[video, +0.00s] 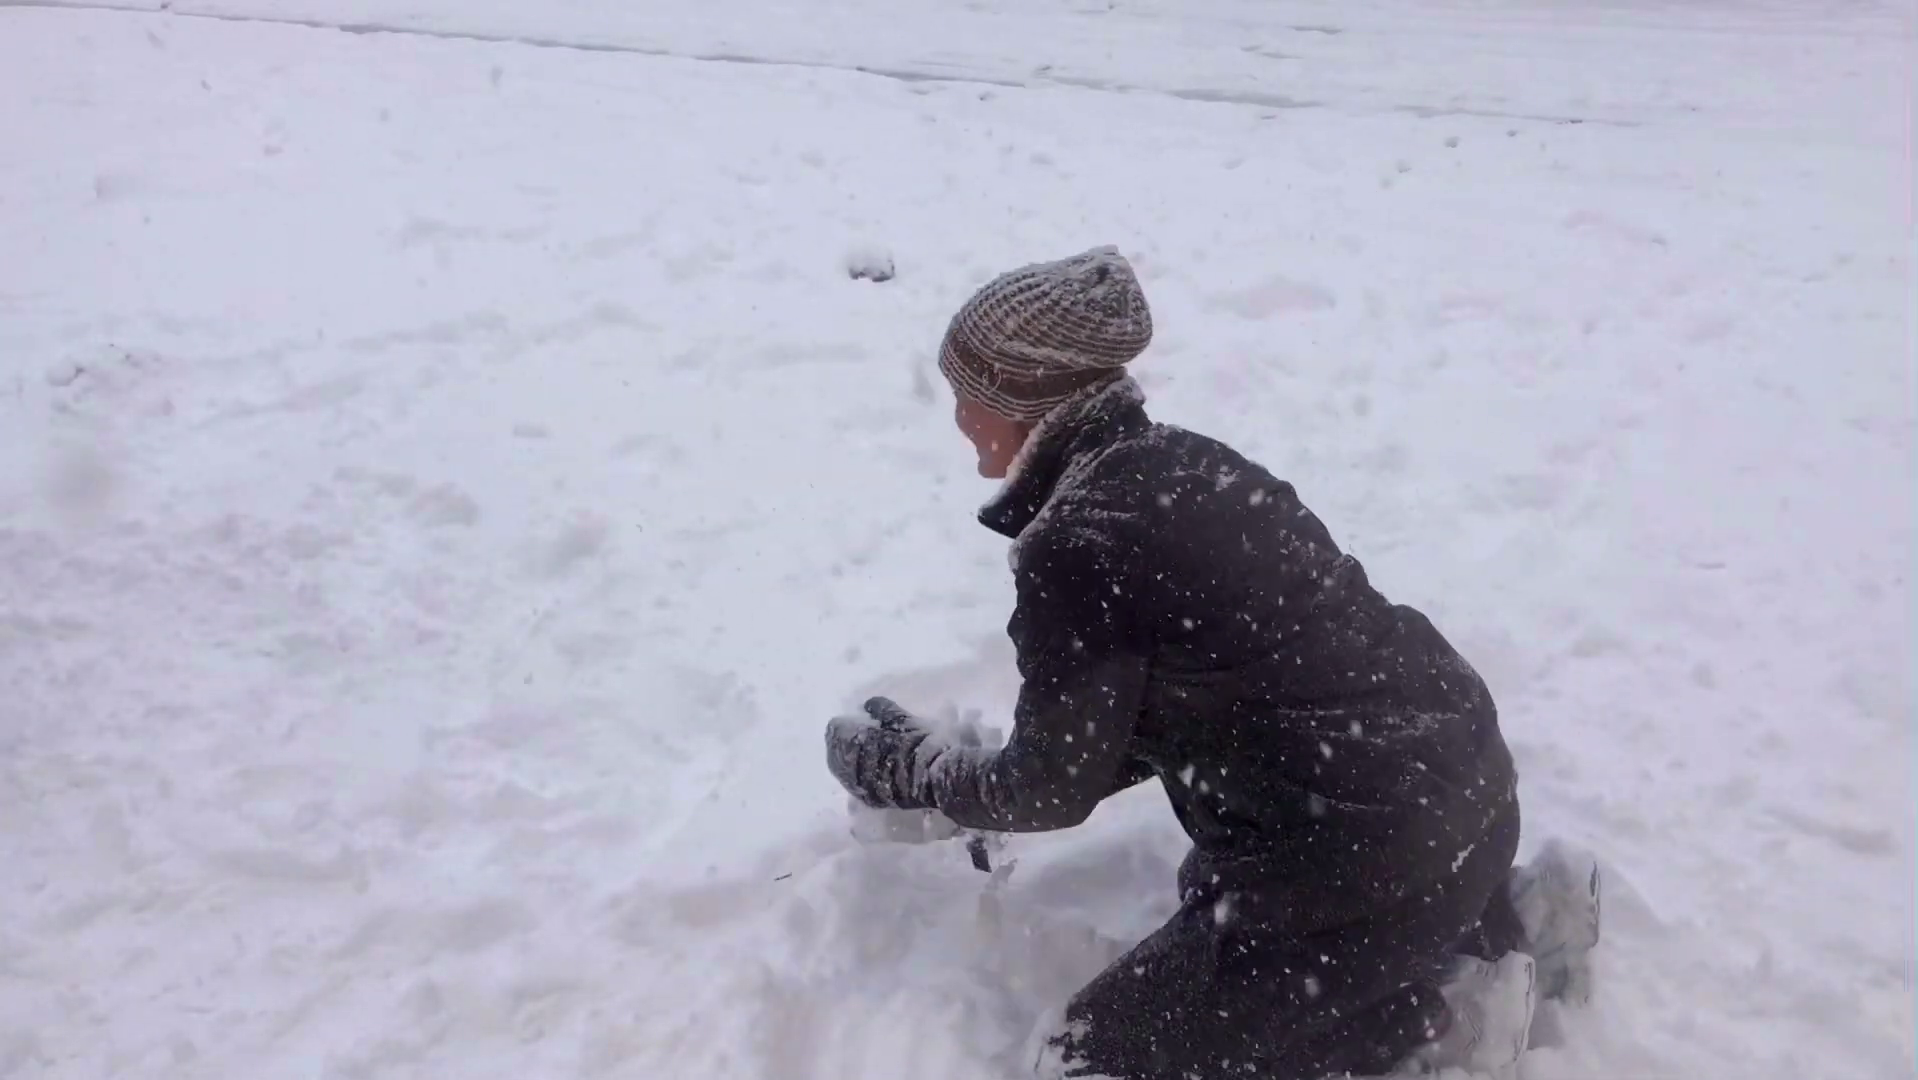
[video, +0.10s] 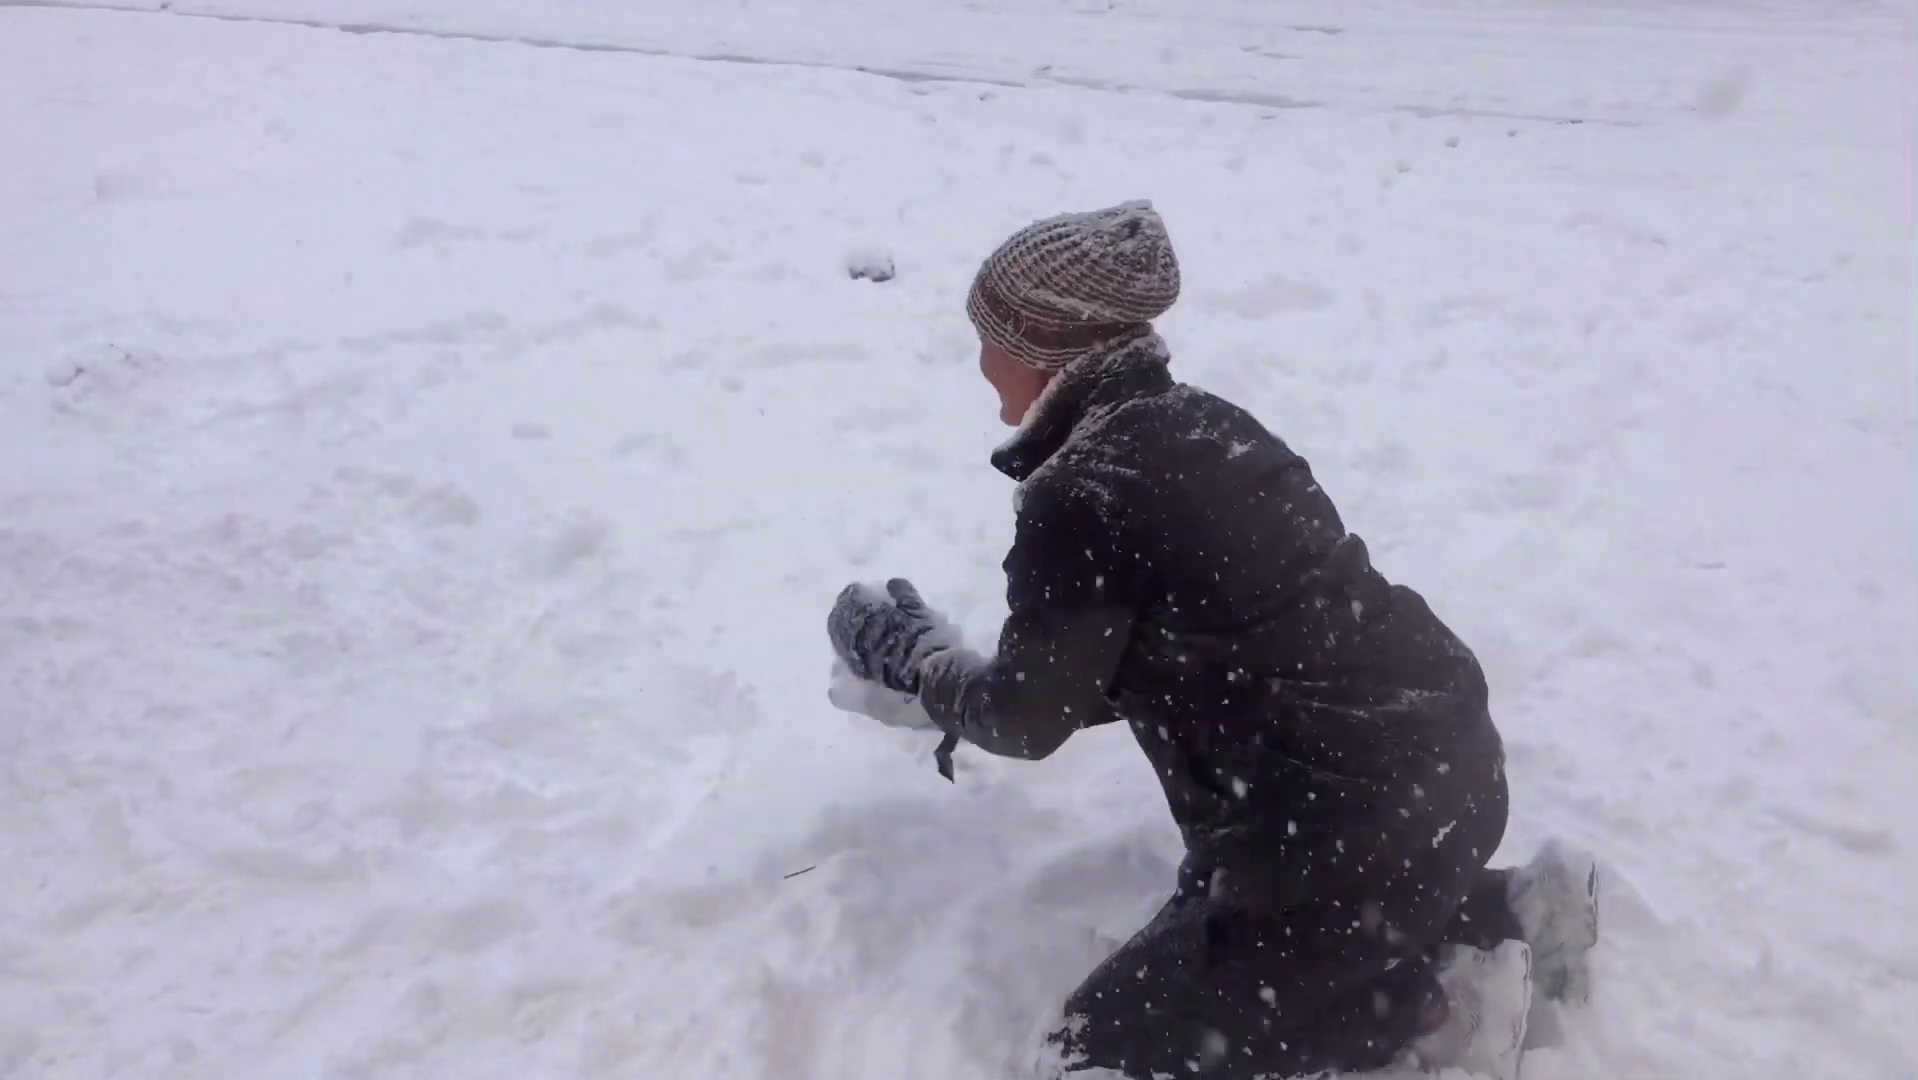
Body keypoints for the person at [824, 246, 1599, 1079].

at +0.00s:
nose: (960, 428)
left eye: (966, 405)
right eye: (958, 403)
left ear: (1023, 410)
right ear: (1089, 389)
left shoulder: (1073, 550)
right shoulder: (1192, 464)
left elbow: (1061, 781)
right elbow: (1164, 718)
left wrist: (920, 777)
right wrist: (986, 789)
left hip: (1355, 872)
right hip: (1470, 784)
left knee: (1096, 1052)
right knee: (1221, 869)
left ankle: (1432, 1009)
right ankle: (1501, 922)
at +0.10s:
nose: (984, 373)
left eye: (992, 347)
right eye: (983, 348)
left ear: (1051, 350)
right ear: (1109, 339)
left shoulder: (1076, 495)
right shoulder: (1212, 426)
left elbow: (1028, 713)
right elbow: (1166, 658)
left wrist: (922, 671)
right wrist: (972, 693)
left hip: (1334, 855)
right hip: (1456, 776)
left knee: (1100, 1044)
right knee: (1218, 904)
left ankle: (1428, 1010)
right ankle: (1506, 914)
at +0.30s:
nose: (1044, 264)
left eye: (1051, 240)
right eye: (1046, 238)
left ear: (1101, 250)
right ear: (1170, 243)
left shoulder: (1098, 391)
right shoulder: (1256, 346)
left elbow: (987, 583)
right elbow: (1158, 559)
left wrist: (930, 499)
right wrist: (994, 519)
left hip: (1308, 800)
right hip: (1427, 747)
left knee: (1095, 1042)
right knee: (1265, 882)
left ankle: (1429, 1000)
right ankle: (1510, 913)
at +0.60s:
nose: (1141, 189)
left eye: (1154, 165)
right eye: (1147, 163)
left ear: (1201, 180)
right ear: (1261, 183)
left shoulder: (1154, 309)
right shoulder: (1329, 313)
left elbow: (1017, 487)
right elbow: (1203, 492)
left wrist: (985, 383)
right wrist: (1060, 407)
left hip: (1249, 771)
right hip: (1384, 737)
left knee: (1062, 1040)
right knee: (1258, 873)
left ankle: (1379, 987)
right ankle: (1497, 881)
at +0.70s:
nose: (1157, 209)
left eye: (1171, 186)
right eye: (1162, 183)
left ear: (1221, 197)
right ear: (1286, 203)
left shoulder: (1160, 330)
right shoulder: (1340, 330)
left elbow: (1029, 515)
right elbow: (1222, 478)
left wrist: (997, 416)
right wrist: (1093, 386)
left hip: (1264, 791)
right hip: (1404, 756)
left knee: (1049, 1036)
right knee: (1269, 871)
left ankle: (1372, 1032)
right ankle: (1490, 910)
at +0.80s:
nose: (1170, 234)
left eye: (1184, 210)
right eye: (1177, 207)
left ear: (1232, 228)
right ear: (1305, 232)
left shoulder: (1162, 365)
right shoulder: (1368, 363)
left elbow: (1053, 571)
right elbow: (1294, 528)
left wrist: (1022, 498)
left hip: (1267, 827)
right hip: (1418, 799)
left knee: (1048, 1047)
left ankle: (1370, 1047)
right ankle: (1489, 921)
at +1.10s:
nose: (1262, 335)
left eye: (1273, 313)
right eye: (1266, 312)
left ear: (1318, 325)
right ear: (1420, 328)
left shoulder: (1233, 483)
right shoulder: (1500, 472)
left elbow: (1124, 704)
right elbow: (1609, 511)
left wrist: (1130, 628)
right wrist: (1642, 328)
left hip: (1324, 947)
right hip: (1485, 912)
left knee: (1032, 1044)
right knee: (1223, 863)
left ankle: (1373, 1058)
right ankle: (1485, 972)